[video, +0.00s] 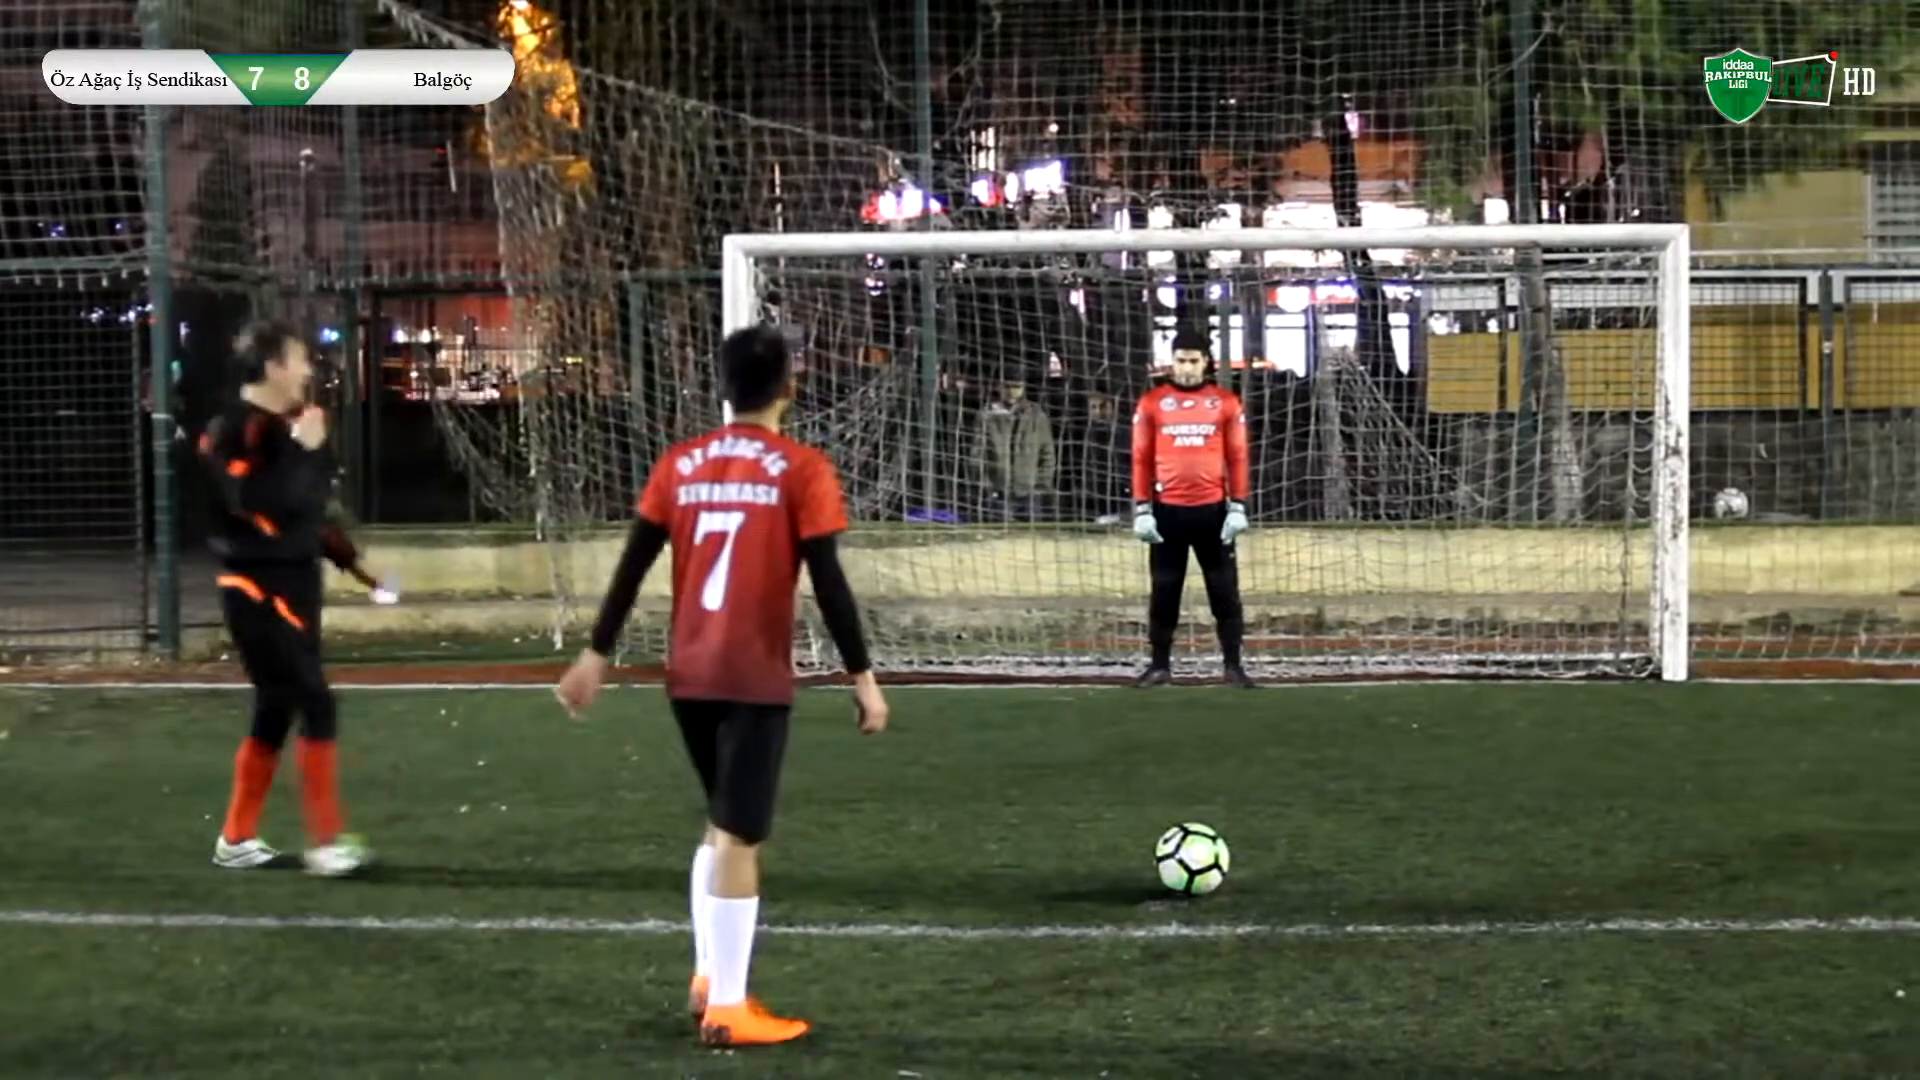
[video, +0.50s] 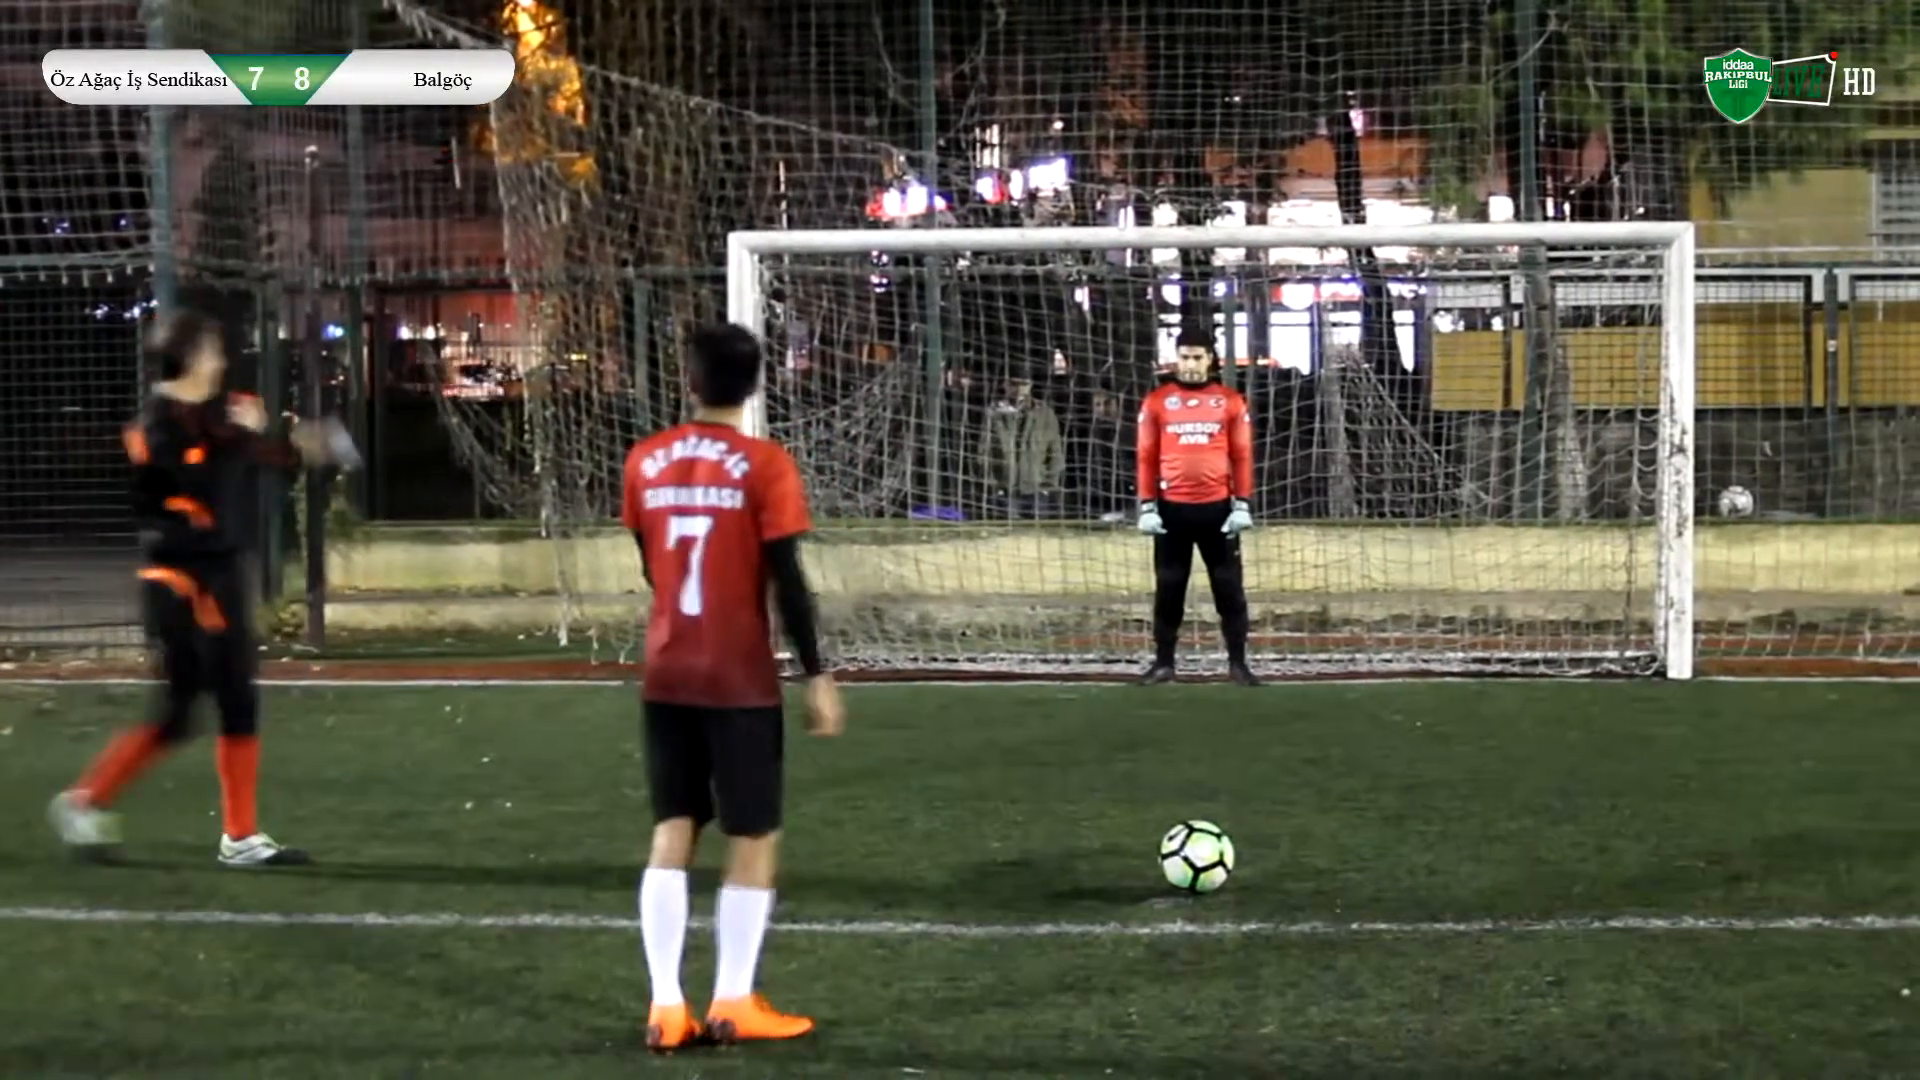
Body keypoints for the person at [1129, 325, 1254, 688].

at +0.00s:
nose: (1187, 368)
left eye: (1194, 360)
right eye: (1180, 360)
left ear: (1206, 363)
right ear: (1171, 364)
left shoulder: (1226, 402)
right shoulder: (1151, 403)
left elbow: (1238, 456)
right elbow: (1141, 458)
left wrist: (1238, 504)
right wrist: (1142, 507)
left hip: (1213, 509)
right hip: (1167, 510)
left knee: (1225, 592)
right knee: (1164, 592)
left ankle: (1233, 664)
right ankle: (1159, 664)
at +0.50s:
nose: (1190, 365)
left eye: (1197, 357)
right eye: (1184, 357)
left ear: (1211, 360)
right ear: (1175, 360)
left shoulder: (1230, 401)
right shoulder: (1156, 401)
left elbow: (1242, 454)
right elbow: (1146, 455)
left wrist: (1242, 501)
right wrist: (1147, 503)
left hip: (1218, 506)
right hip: (1171, 507)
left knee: (1229, 590)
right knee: (1168, 589)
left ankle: (1238, 662)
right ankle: (1164, 661)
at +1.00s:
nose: (1188, 362)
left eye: (1196, 355)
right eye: (1184, 355)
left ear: (1212, 359)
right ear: (1176, 357)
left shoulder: (1232, 401)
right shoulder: (1158, 400)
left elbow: (1243, 453)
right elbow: (1148, 454)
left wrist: (1242, 500)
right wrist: (1149, 502)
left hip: (1219, 505)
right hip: (1173, 506)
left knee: (1231, 588)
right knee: (1170, 587)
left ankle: (1239, 661)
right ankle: (1165, 660)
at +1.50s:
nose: (1188, 364)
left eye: (1195, 357)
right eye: (1182, 357)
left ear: (1209, 359)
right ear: (1174, 359)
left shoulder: (1230, 402)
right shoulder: (1155, 402)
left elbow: (1241, 455)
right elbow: (1145, 456)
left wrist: (1240, 503)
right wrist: (1147, 505)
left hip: (1216, 507)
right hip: (1170, 508)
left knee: (1228, 589)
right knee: (1167, 589)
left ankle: (1237, 662)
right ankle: (1163, 661)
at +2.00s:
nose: (1188, 363)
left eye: (1195, 356)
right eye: (1182, 356)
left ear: (1209, 359)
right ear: (1174, 359)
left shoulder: (1229, 402)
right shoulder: (1154, 402)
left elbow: (1240, 456)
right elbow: (1144, 456)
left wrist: (1239, 505)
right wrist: (1146, 505)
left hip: (1216, 507)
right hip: (1169, 508)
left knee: (1228, 589)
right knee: (1166, 590)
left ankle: (1236, 662)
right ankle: (1162, 661)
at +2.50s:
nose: (1191, 363)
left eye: (1199, 356)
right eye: (1185, 356)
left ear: (1212, 359)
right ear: (1176, 359)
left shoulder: (1232, 402)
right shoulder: (1157, 402)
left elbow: (1243, 456)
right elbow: (1147, 456)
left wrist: (1242, 505)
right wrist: (1148, 506)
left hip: (1219, 507)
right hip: (1172, 509)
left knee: (1231, 590)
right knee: (1169, 590)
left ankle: (1236, 660)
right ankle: (1164, 660)